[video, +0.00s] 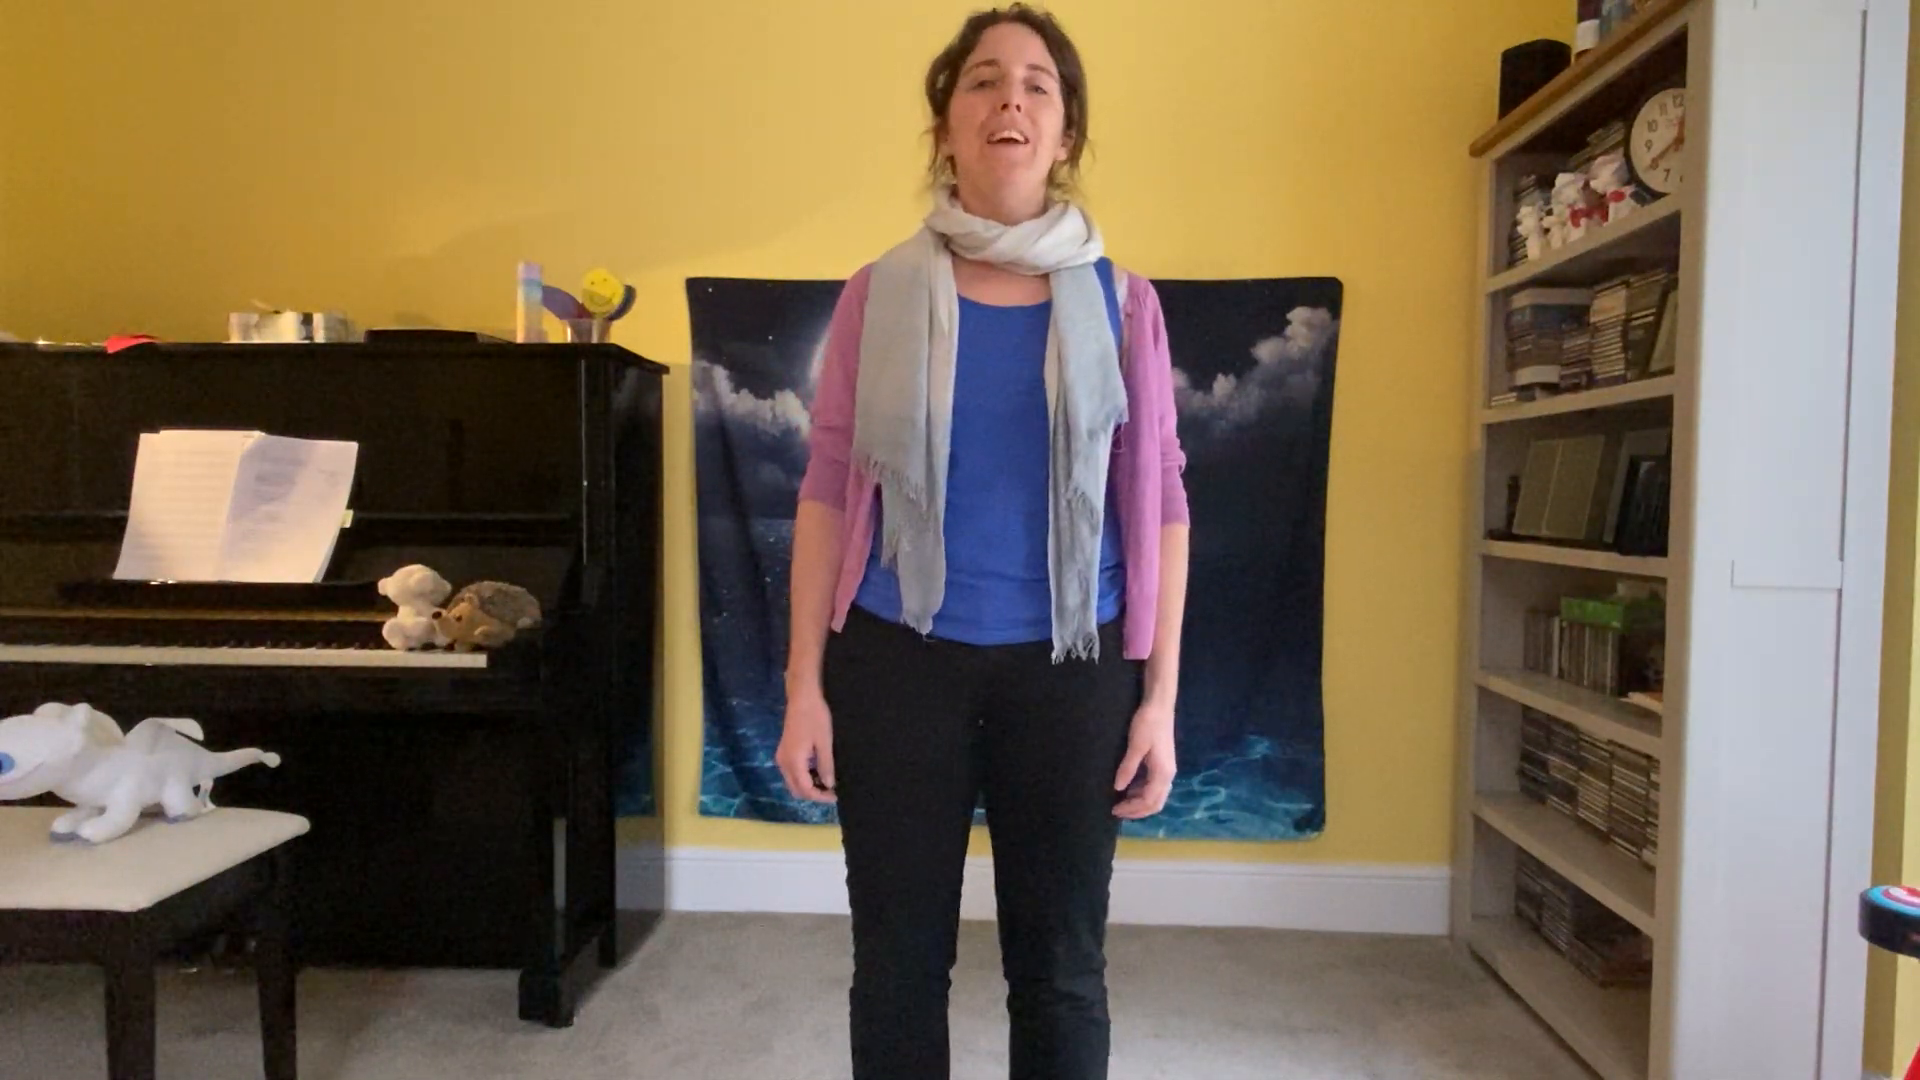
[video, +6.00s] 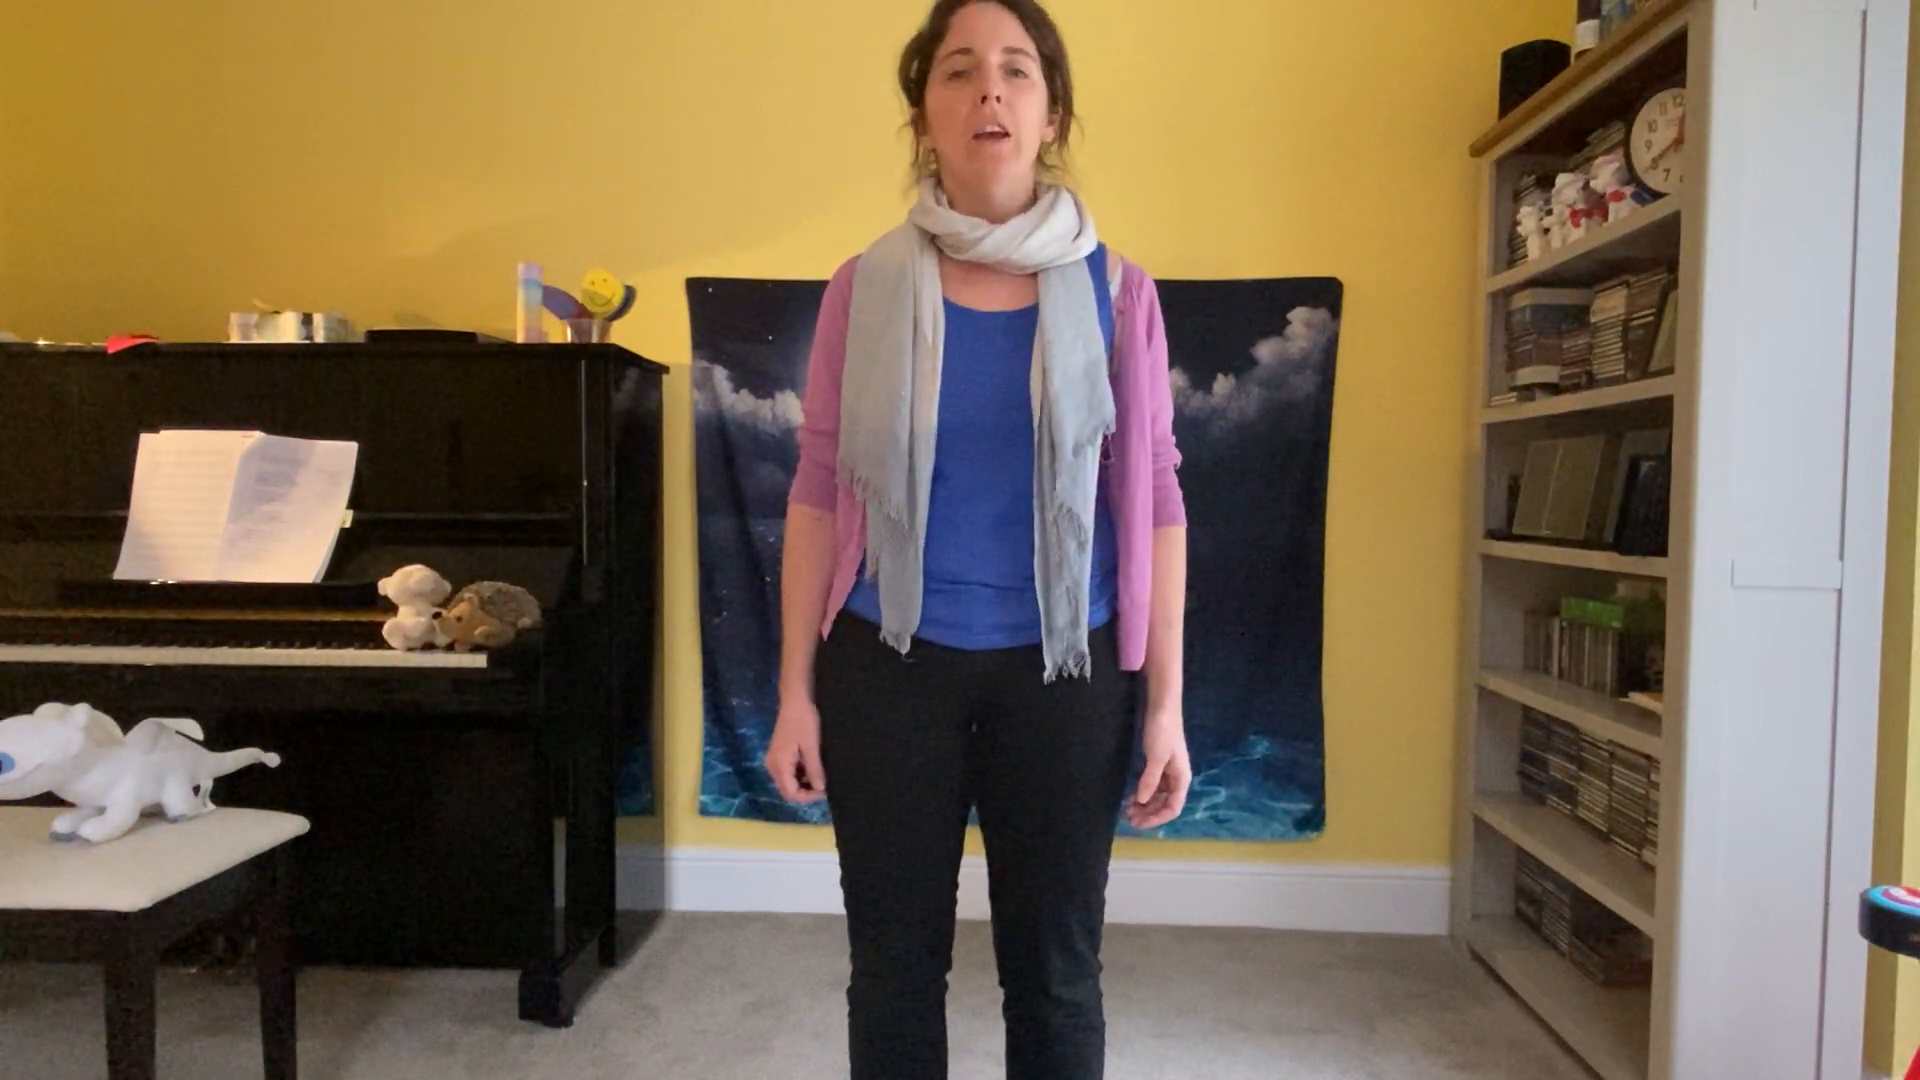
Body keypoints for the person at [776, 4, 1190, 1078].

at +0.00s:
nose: (1010, 101)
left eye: (1037, 86)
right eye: (985, 82)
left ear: (1068, 133)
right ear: (944, 127)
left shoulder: (1123, 306)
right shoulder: (878, 296)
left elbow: (1161, 507)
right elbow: (826, 494)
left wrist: (1158, 694)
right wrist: (803, 681)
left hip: (1068, 678)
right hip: (894, 670)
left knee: (1061, 979)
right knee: (897, 977)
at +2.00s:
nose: (996, 90)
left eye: (1022, 76)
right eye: (970, 74)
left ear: (1059, 124)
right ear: (934, 120)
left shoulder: (1119, 304)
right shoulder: (872, 296)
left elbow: (1155, 506)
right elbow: (822, 495)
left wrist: (1152, 696)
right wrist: (798, 683)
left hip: (1062, 678)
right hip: (888, 672)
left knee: (1059, 985)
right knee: (892, 979)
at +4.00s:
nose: (987, 81)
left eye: (1014, 63)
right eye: (958, 62)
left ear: (1052, 105)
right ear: (920, 105)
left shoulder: (1115, 296)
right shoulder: (858, 290)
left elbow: (1153, 503)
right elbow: (811, 496)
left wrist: (1159, 703)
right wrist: (785, 693)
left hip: (1060, 686)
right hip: (879, 680)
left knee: (1053, 991)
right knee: (890, 987)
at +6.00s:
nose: (988, 90)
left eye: (1015, 70)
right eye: (959, 70)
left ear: (1054, 110)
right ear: (922, 114)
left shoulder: (1119, 296)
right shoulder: (862, 292)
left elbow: (1156, 503)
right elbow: (816, 495)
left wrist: (1165, 698)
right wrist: (793, 689)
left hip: (1066, 682)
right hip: (886, 676)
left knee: (1058, 986)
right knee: (893, 985)